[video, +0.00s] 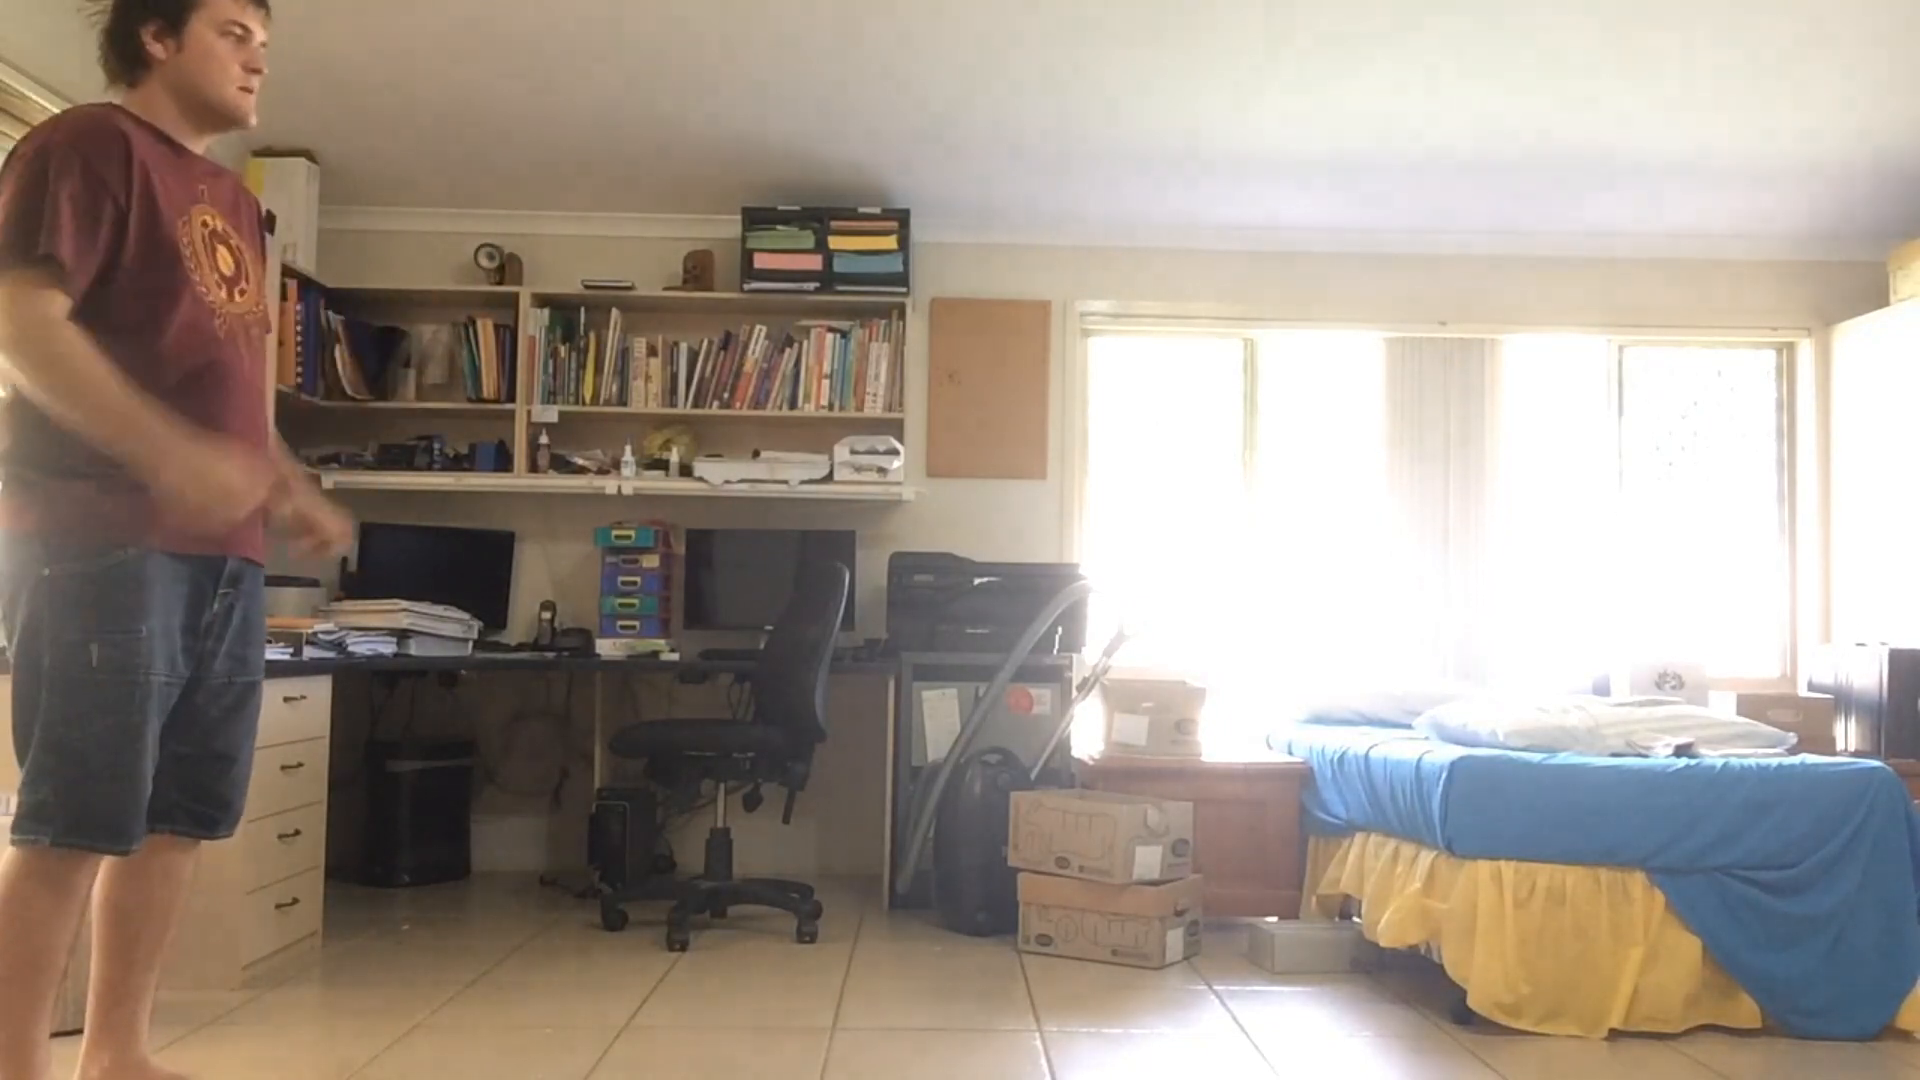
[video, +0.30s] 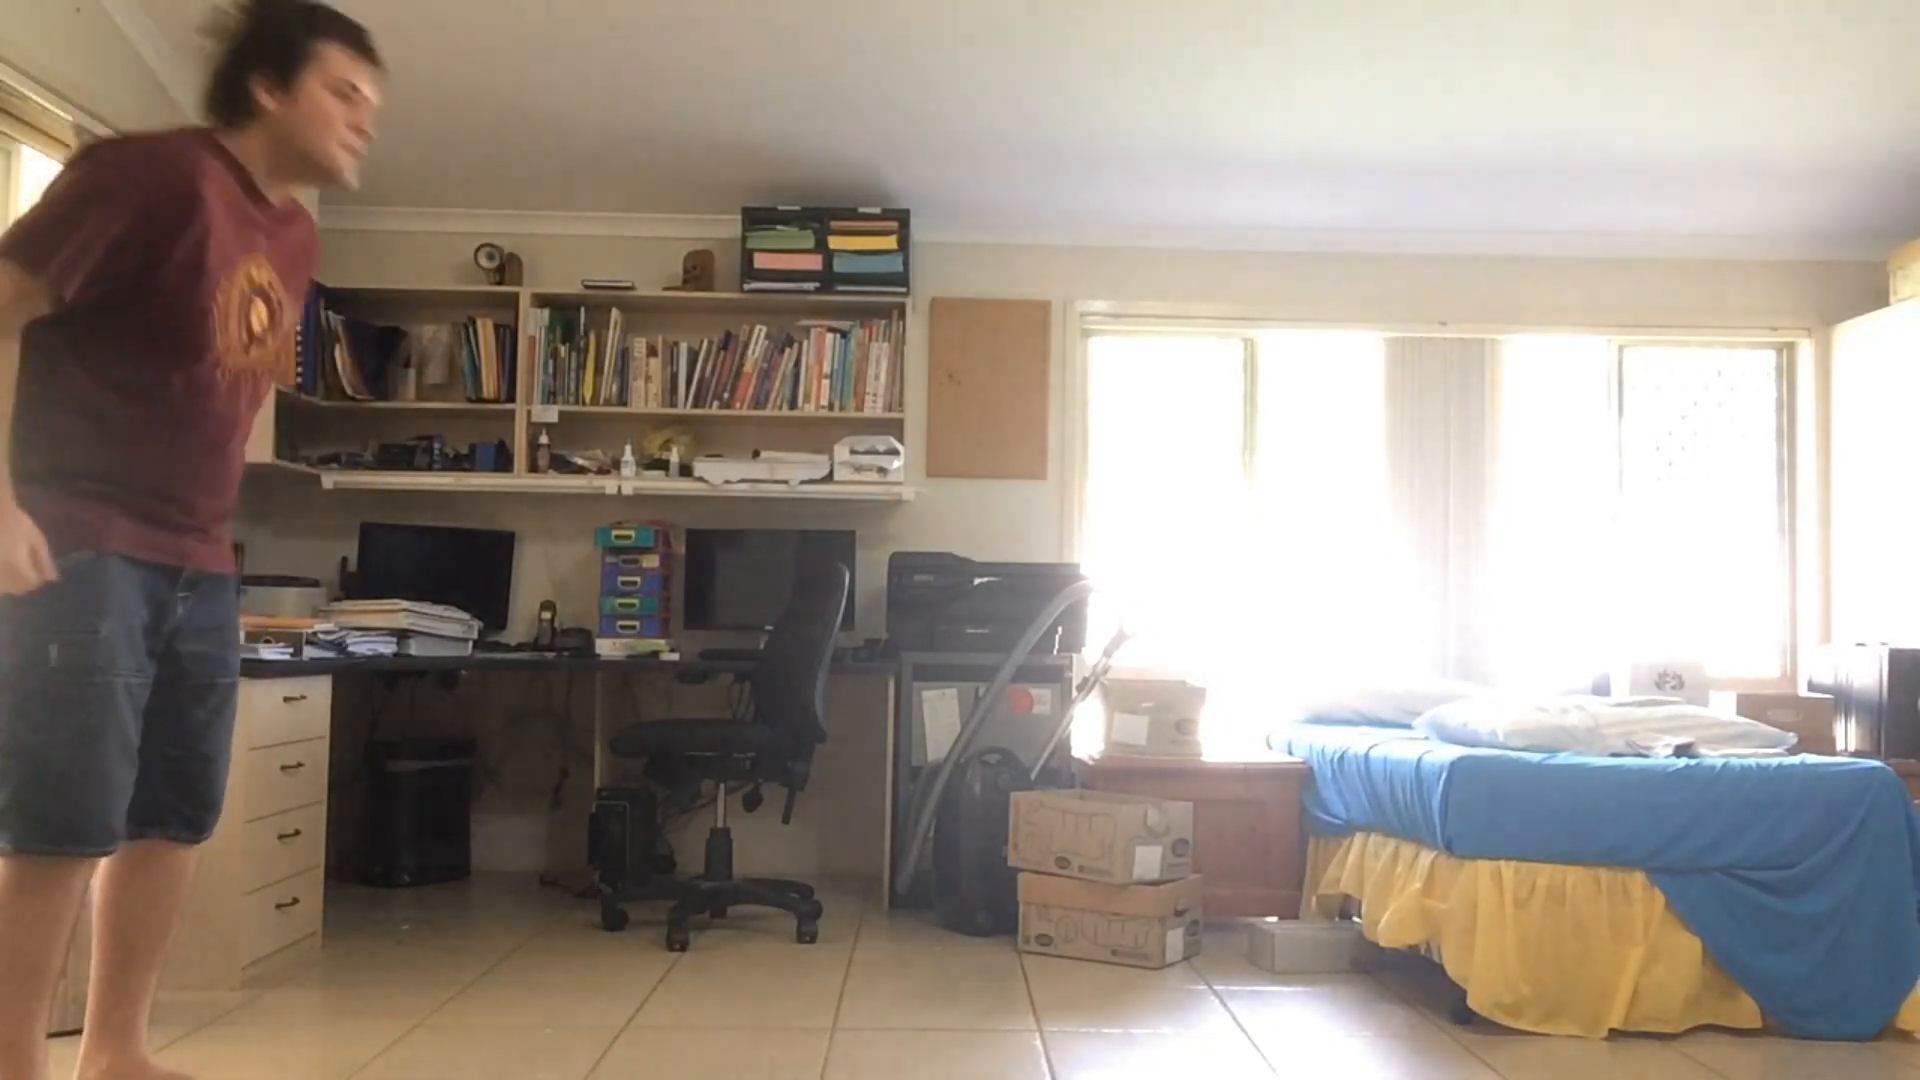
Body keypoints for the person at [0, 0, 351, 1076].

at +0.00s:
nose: (259, 56)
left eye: (262, 40)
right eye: (236, 32)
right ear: (158, 40)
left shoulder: (239, 200)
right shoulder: (81, 142)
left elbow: (234, 393)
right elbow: (24, 325)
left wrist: (292, 489)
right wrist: (170, 451)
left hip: (224, 549)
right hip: (99, 543)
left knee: (174, 819)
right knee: (70, 826)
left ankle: (117, 1054)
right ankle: (20, 1062)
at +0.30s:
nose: (366, 123)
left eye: (372, 107)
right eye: (347, 93)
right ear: (268, 85)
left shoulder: (296, 235)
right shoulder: (145, 171)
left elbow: (232, 390)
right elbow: (5, 303)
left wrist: (204, 525)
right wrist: (1, 498)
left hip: (201, 558)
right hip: (74, 543)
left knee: (168, 818)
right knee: (58, 825)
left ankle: (117, 1052)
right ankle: (18, 1063)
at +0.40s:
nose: (421, 193)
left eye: (426, 176)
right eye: (404, 164)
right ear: (324, 156)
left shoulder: (332, 293)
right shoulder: (189, 218)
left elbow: (243, 420)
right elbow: (11, 300)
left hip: (182, 560)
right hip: (57, 545)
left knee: (180, 814)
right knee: (67, 820)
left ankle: (115, 1056)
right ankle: (17, 1061)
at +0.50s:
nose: (465, 292)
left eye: (471, 273)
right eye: (449, 262)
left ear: (383, 262)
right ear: (372, 248)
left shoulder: (360, 363)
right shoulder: (226, 290)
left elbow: (229, 476)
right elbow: (26, 333)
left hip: (166, 582)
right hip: (45, 567)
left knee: (208, 806)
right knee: (96, 815)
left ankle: (117, 1056)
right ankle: (20, 1063)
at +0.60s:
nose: (490, 400)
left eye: (498, 384)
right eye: (479, 373)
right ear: (404, 350)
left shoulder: (378, 438)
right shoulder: (250, 379)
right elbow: (32, 386)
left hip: (166, 604)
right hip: (47, 583)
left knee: (239, 816)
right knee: (134, 834)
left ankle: (118, 1059)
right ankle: (25, 1065)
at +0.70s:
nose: (519, 486)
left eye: (529, 466)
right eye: (509, 457)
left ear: (437, 442)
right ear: (435, 435)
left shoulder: (397, 504)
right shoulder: (294, 453)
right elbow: (68, 475)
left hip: (178, 643)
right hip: (56, 623)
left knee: (268, 839)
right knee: (184, 852)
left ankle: (120, 1061)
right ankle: (34, 1069)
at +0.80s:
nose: (553, 497)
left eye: (561, 475)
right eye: (543, 470)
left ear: (474, 461)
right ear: (471, 455)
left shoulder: (428, 526)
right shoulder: (312, 486)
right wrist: (16, 773)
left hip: (206, 675)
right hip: (92, 664)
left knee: (300, 870)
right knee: (229, 881)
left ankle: (119, 1063)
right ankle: (39, 1065)